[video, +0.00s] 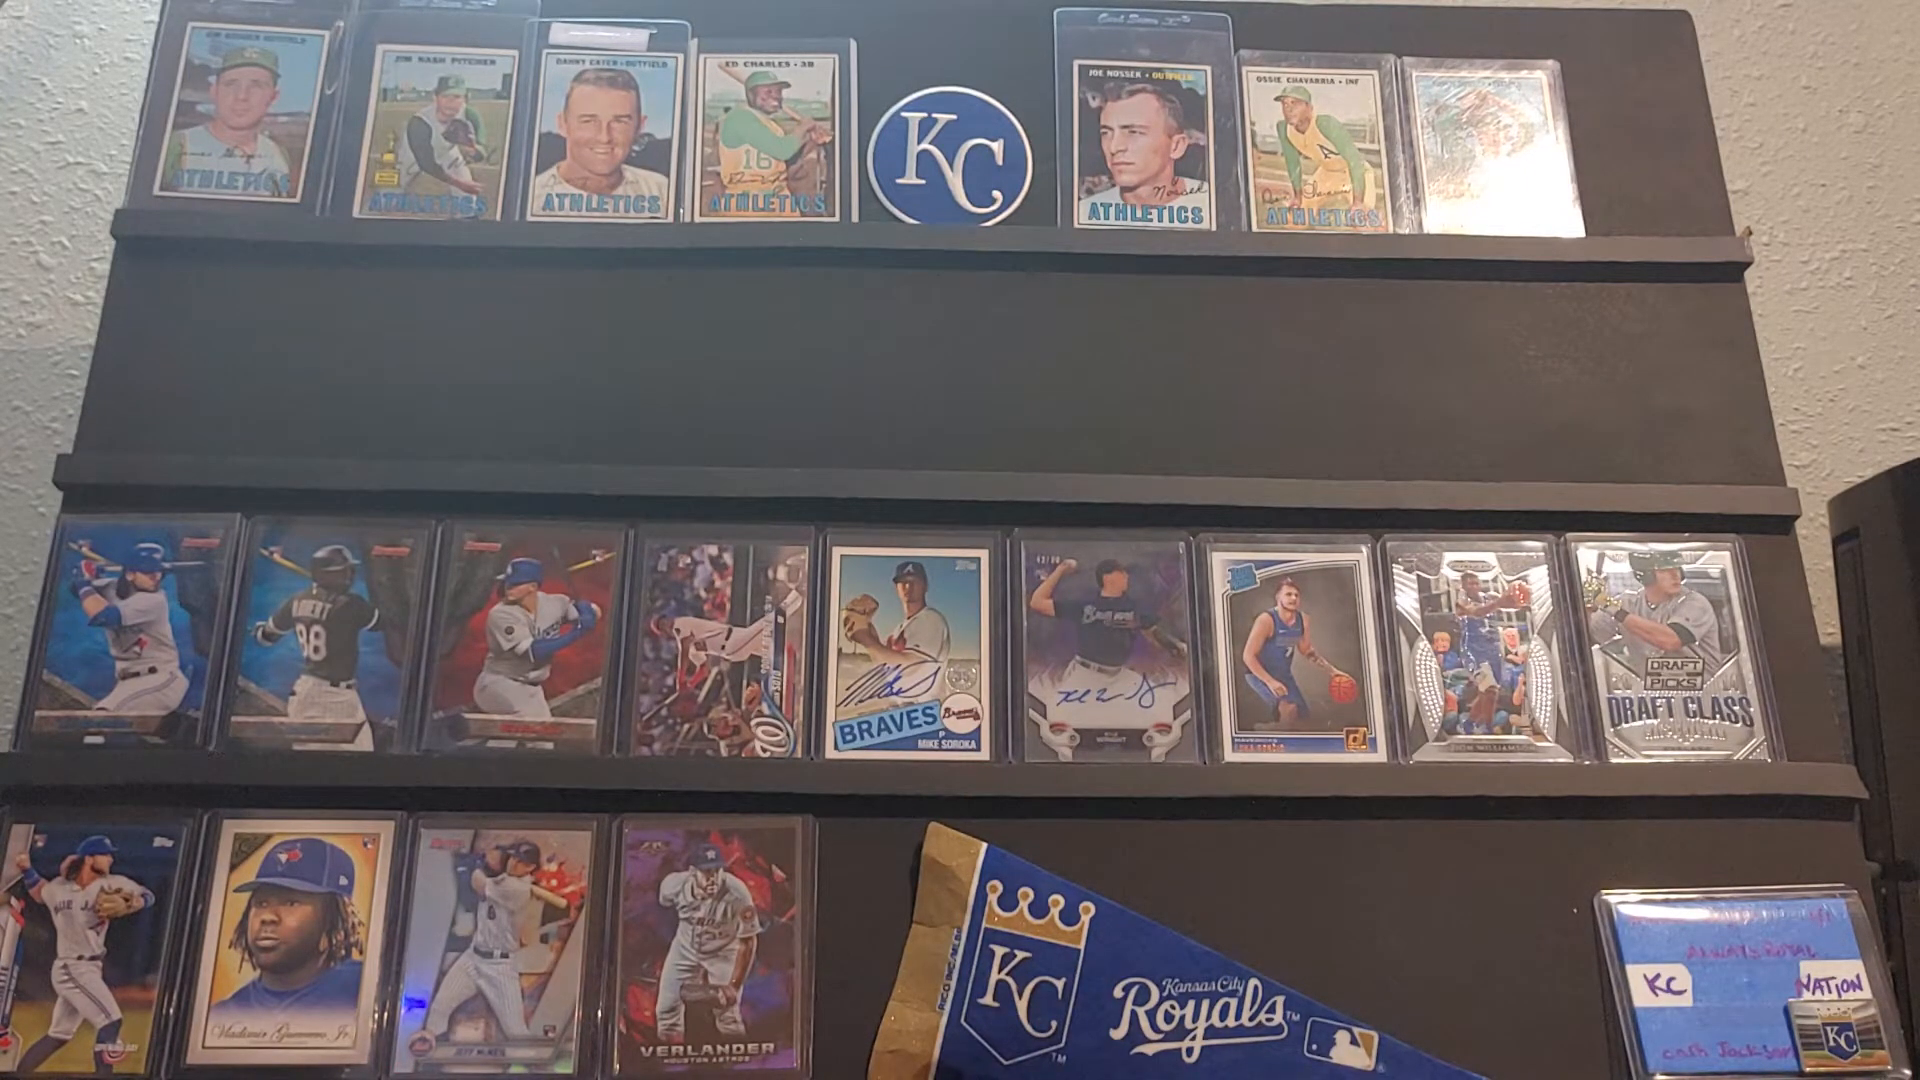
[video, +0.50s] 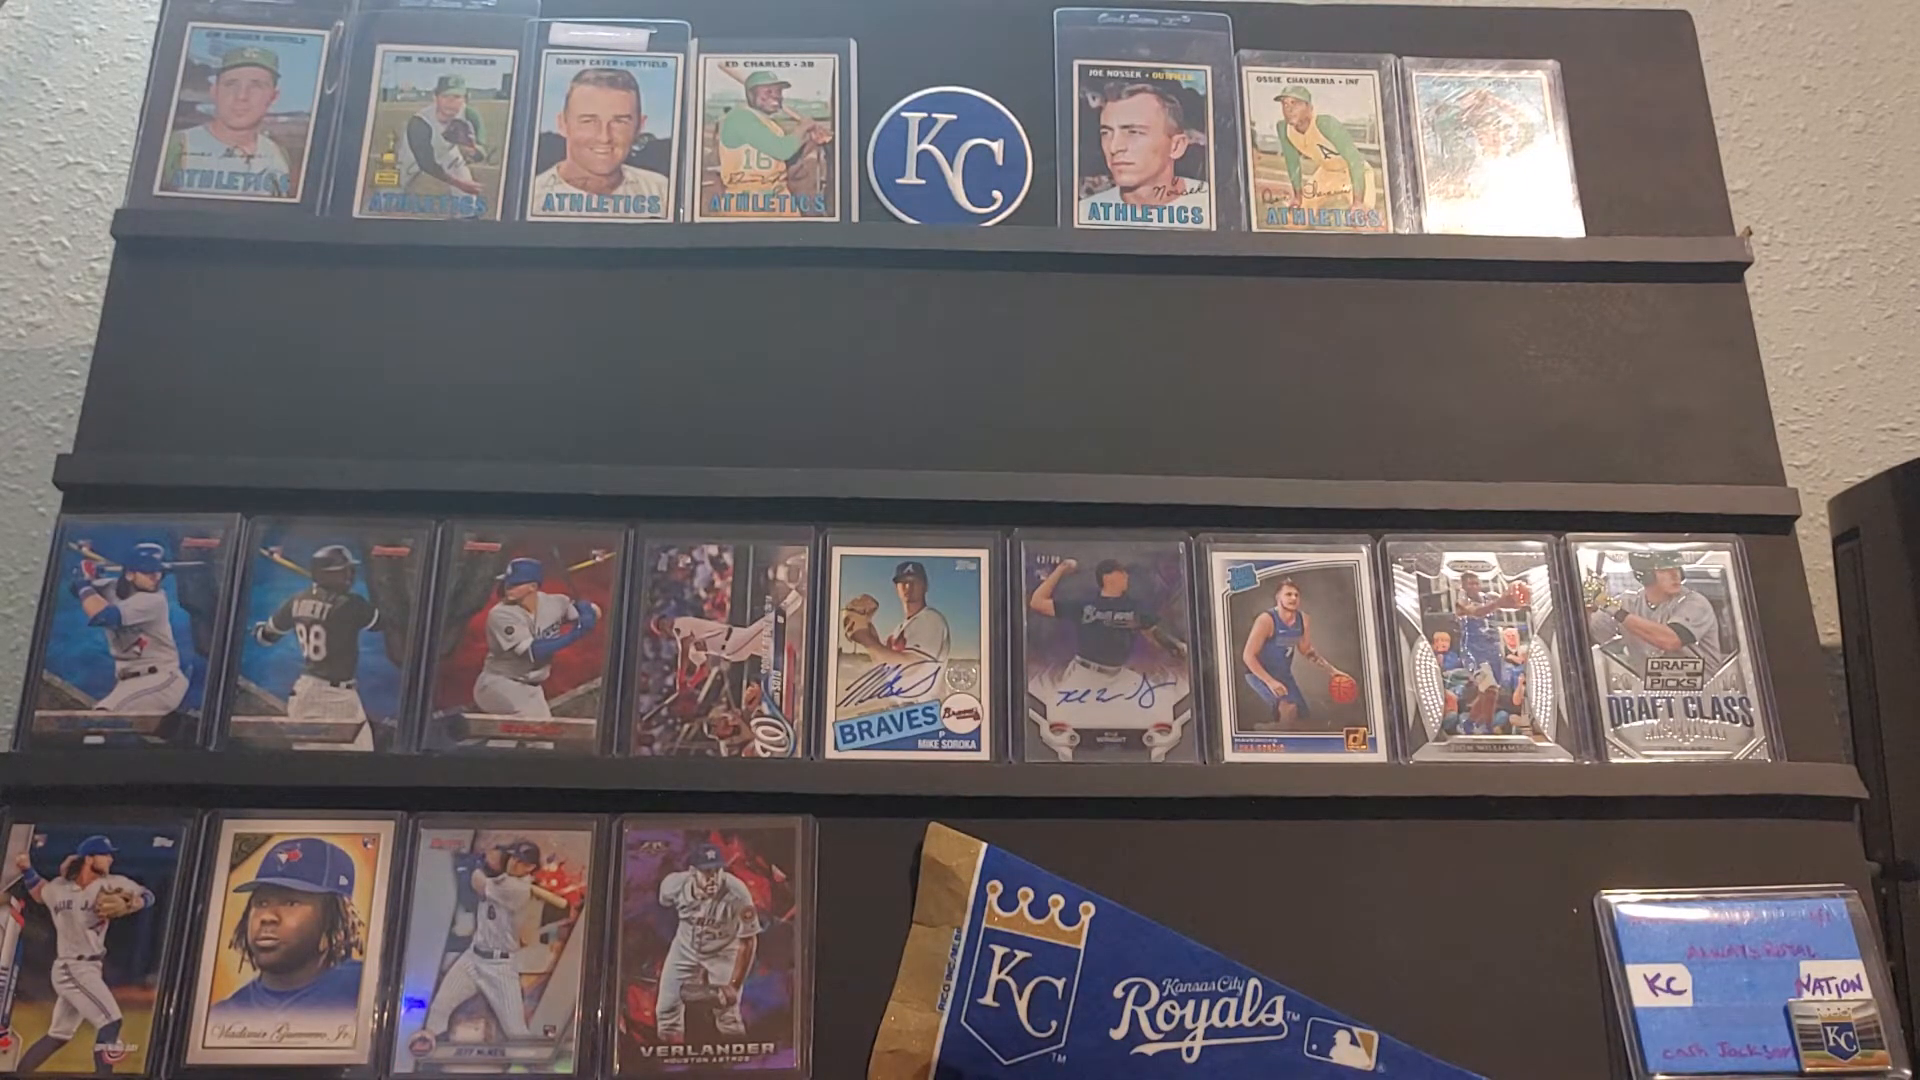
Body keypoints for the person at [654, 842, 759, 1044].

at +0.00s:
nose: (711, 878)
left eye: (716, 871)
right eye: (706, 872)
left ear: (722, 869)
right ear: (693, 870)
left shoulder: (738, 893)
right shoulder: (673, 885)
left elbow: (748, 941)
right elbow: (667, 907)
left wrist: (734, 985)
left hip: (724, 954)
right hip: (684, 947)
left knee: (727, 1014)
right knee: (666, 1009)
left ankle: (741, 1068)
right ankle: (674, 1069)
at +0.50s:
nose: (711, 878)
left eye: (716, 871)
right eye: (706, 872)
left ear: (722, 869)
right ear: (692, 870)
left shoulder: (738, 893)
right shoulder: (673, 885)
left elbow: (749, 941)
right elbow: (667, 909)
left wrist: (734, 985)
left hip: (724, 953)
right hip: (684, 947)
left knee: (727, 1014)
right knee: (666, 1009)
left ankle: (741, 1068)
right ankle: (674, 1069)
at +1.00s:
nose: (711, 878)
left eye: (716, 871)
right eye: (706, 872)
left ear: (722, 869)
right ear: (692, 870)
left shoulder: (738, 893)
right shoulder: (673, 885)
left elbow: (749, 941)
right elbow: (667, 909)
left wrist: (734, 985)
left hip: (724, 953)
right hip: (684, 947)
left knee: (727, 1014)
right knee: (666, 1009)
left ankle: (741, 1068)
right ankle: (674, 1069)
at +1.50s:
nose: (712, 878)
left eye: (716, 871)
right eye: (705, 872)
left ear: (722, 869)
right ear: (693, 870)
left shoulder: (738, 892)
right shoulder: (674, 885)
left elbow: (749, 941)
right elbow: (666, 907)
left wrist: (735, 985)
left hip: (725, 953)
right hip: (685, 947)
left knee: (727, 1015)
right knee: (666, 1009)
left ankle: (741, 1068)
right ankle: (673, 1069)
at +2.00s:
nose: (711, 878)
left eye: (716, 871)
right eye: (705, 872)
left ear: (722, 869)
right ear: (692, 870)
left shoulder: (738, 892)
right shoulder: (673, 885)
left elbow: (749, 941)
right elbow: (666, 907)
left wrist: (735, 985)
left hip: (724, 953)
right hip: (684, 947)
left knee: (727, 1015)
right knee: (666, 1009)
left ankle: (741, 1068)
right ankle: (673, 1069)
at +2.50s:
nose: (712, 878)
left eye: (716, 871)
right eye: (706, 872)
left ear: (722, 869)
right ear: (693, 871)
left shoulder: (738, 893)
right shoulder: (673, 886)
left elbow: (749, 941)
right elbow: (667, 913)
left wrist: (735, 985)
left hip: (724, 954)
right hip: (684, 948)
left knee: (727, 1014)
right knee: (666, 1009)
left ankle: (740, 1068)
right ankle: (673, 1068)